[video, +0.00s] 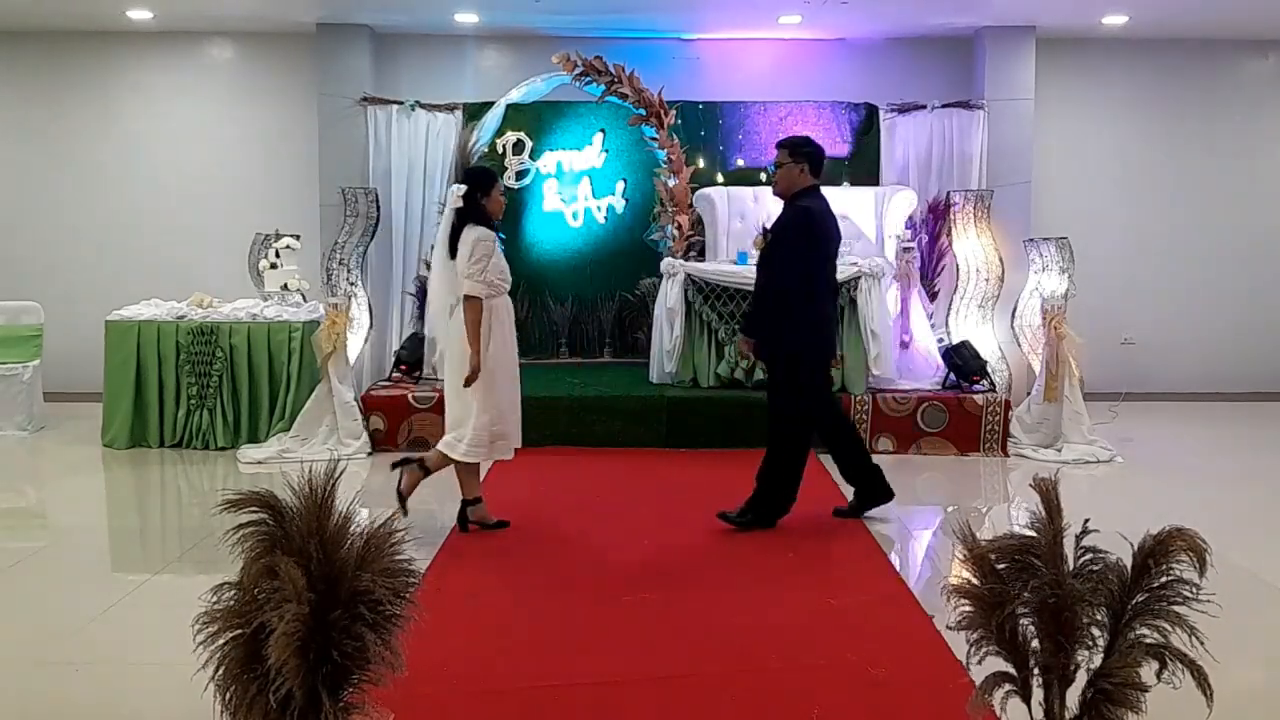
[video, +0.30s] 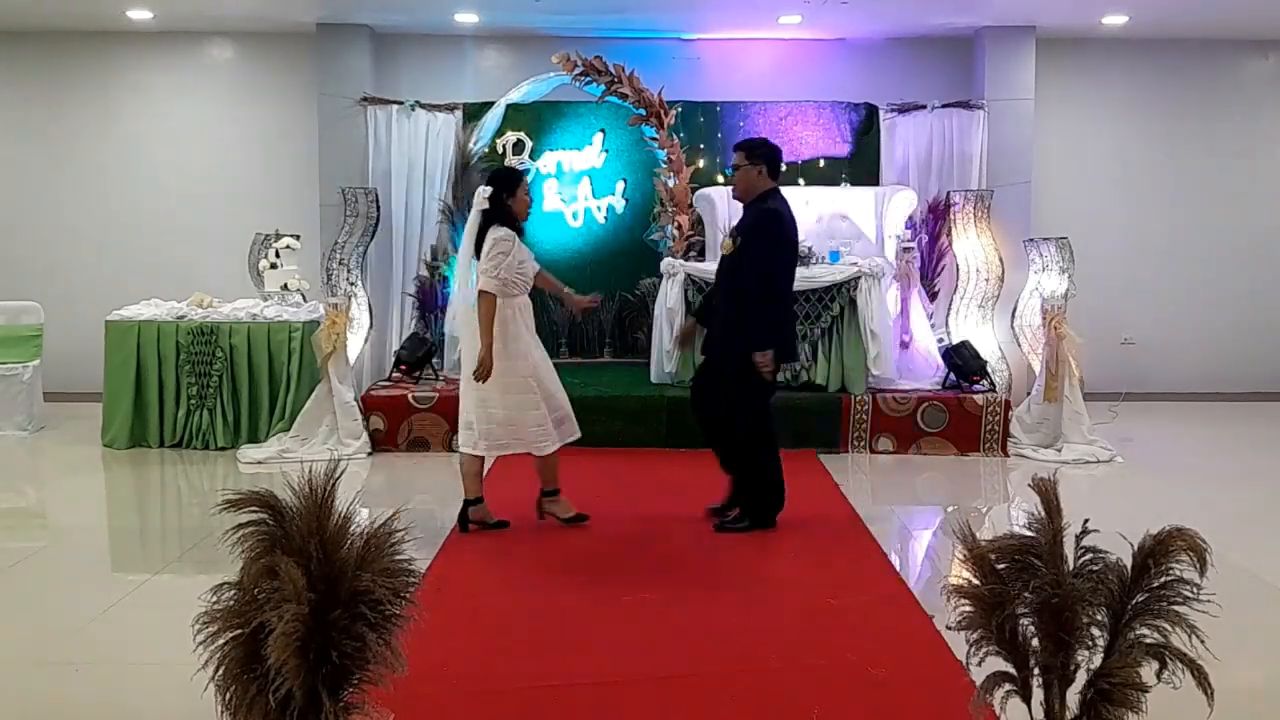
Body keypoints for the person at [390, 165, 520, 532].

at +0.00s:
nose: (504, 201)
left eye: (502, 194)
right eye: (499, 195)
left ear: (474, 198)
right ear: (483, 198)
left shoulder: (462, 232)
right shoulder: (482, 236)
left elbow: (460, 296)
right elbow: (472, 297)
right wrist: (475, 352)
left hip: (467, 340)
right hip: (481, 341)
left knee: (468, 423)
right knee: (482, 423)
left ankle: (473, 506)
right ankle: (419, 470)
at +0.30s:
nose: (530, 200)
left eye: (528, 192)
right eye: (524, 193)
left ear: (504, 199)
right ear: (507, 199)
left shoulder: (499, 235)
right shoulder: (503, 237)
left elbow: (535, 273)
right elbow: (487, 290)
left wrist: (570, 297)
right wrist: (486, 347)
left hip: (489, 346)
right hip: (511, 344)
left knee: (477, 418)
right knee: (545, 411)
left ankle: (473, 504)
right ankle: (551, 497)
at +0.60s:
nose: (550, 203)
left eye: (552, 197)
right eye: (541, 197)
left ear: (553, 200)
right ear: (522, 202)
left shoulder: (556, 238)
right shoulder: (516, 244)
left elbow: (583, 258)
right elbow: (491, 298)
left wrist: (600, 269)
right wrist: (480, 349)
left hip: (558, 335)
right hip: (538, 337)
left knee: (546, 413)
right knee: (555, 415)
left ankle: (502, 475)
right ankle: (562, 499)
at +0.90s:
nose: (561, 201)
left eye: (568, 195)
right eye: (554, 195)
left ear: (577, 199)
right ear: (543, 200)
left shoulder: (596, 239)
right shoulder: (527, 242)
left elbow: (616, 278)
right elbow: (508, 290)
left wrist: (623, 288)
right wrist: (510, 337)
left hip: (588, 329)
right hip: (546, 331)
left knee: (607, 405)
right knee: (558, 412)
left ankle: (608, 483)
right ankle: (571, 494)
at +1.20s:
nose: (574, 208)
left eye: (582, 202)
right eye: (567, 201)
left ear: (593, 208)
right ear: (558, 206)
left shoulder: (606, 244)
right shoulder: (544, 249)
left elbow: (632, 262)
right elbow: (534, 301)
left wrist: (665, 271)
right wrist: (519, 346)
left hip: (598, 342)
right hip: (556, 343)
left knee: (595, 412)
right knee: (563, 421)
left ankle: (597, 487)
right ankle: (590, 495)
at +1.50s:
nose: (593, 209)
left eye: (601, 202)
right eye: (586, 201)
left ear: (612, 208)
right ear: (576, 207)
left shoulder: (629, 249)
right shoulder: (557, 254)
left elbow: (669, 266)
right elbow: (537, 305)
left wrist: (695, 276)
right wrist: (521, 352)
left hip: (611, 350)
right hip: (569, 348)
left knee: (600, 437)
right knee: (566, 435)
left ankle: (576, 532)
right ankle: (585, 504)